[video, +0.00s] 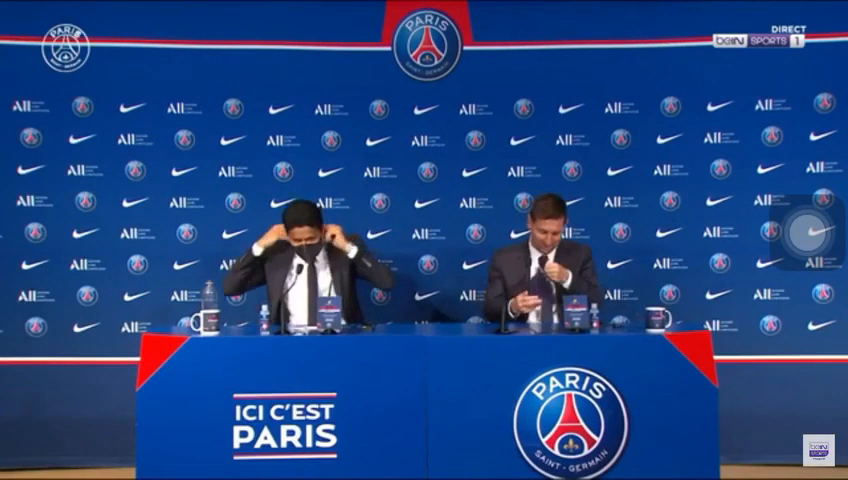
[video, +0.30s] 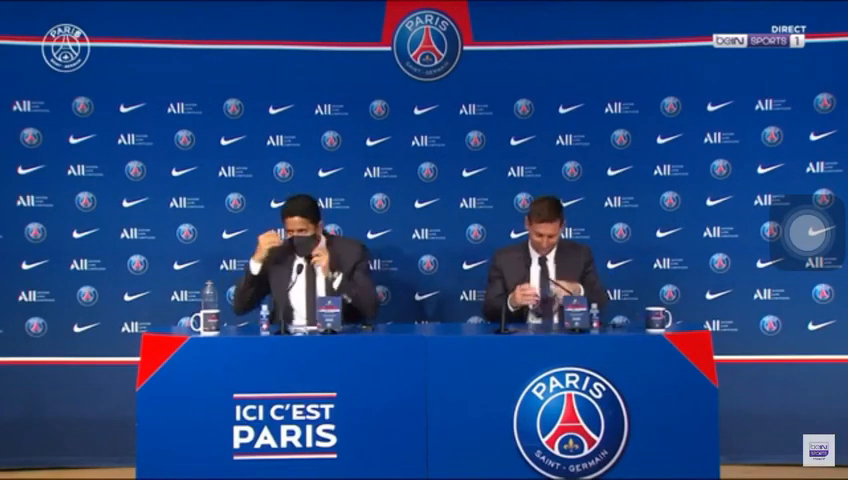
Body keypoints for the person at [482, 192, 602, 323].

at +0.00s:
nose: (548, 240)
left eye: (555, 234)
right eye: (543, 232)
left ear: (564, 226)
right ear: (530, 223)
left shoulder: (579, 254)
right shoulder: (504, 258)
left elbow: (595, 297)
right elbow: (490, 307)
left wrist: (567, 278)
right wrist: (511, 307)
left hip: (568, 340)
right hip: (520, 341)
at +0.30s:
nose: (544, 243)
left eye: (551, 236)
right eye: (539, 235)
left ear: (561, 227)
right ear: (528, 224)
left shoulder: (579, 254)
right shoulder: (504, 258)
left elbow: (601, 299)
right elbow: (490, 309)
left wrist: (579, 290)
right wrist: (511, 301)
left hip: (568, 341)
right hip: (519, 342)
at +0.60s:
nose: (539, 246)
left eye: (545, 239)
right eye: (533, 239)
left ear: (557, 229)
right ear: (522, 228)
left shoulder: (579, 257)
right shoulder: (504, 258)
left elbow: (594, 306)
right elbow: (492, 308)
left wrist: (566, 308)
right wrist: (526, 305)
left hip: (566, 341)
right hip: (519, 341)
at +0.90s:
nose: (536, 247)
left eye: (542, 239)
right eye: (529, 240)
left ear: (553, 228)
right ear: (519, 233)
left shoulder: (578, 257)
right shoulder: (503, 259)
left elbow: (592, 307)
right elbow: (491, 309)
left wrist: (564, 305)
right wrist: (527, 306)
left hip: (566, 342)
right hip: (518, 342)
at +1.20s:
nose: (534, 236)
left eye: (541, 228)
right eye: (527, 227)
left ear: (553, 226)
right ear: (517, 226)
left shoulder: (577, 257)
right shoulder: (502, 261)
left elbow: (593, 308)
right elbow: (490, 311)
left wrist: (565, 303)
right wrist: (521, 304)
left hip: (565, 342)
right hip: (517, 342)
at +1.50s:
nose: (535, 229)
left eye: (542, 222)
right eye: (529, 221)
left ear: (555, 223)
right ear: (520, 223)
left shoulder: (578, 256)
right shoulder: (503, 259)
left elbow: (598, 304)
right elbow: (489, 314)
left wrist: (573, 279)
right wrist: (508, 283)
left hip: (566, 341)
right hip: (518, 342)